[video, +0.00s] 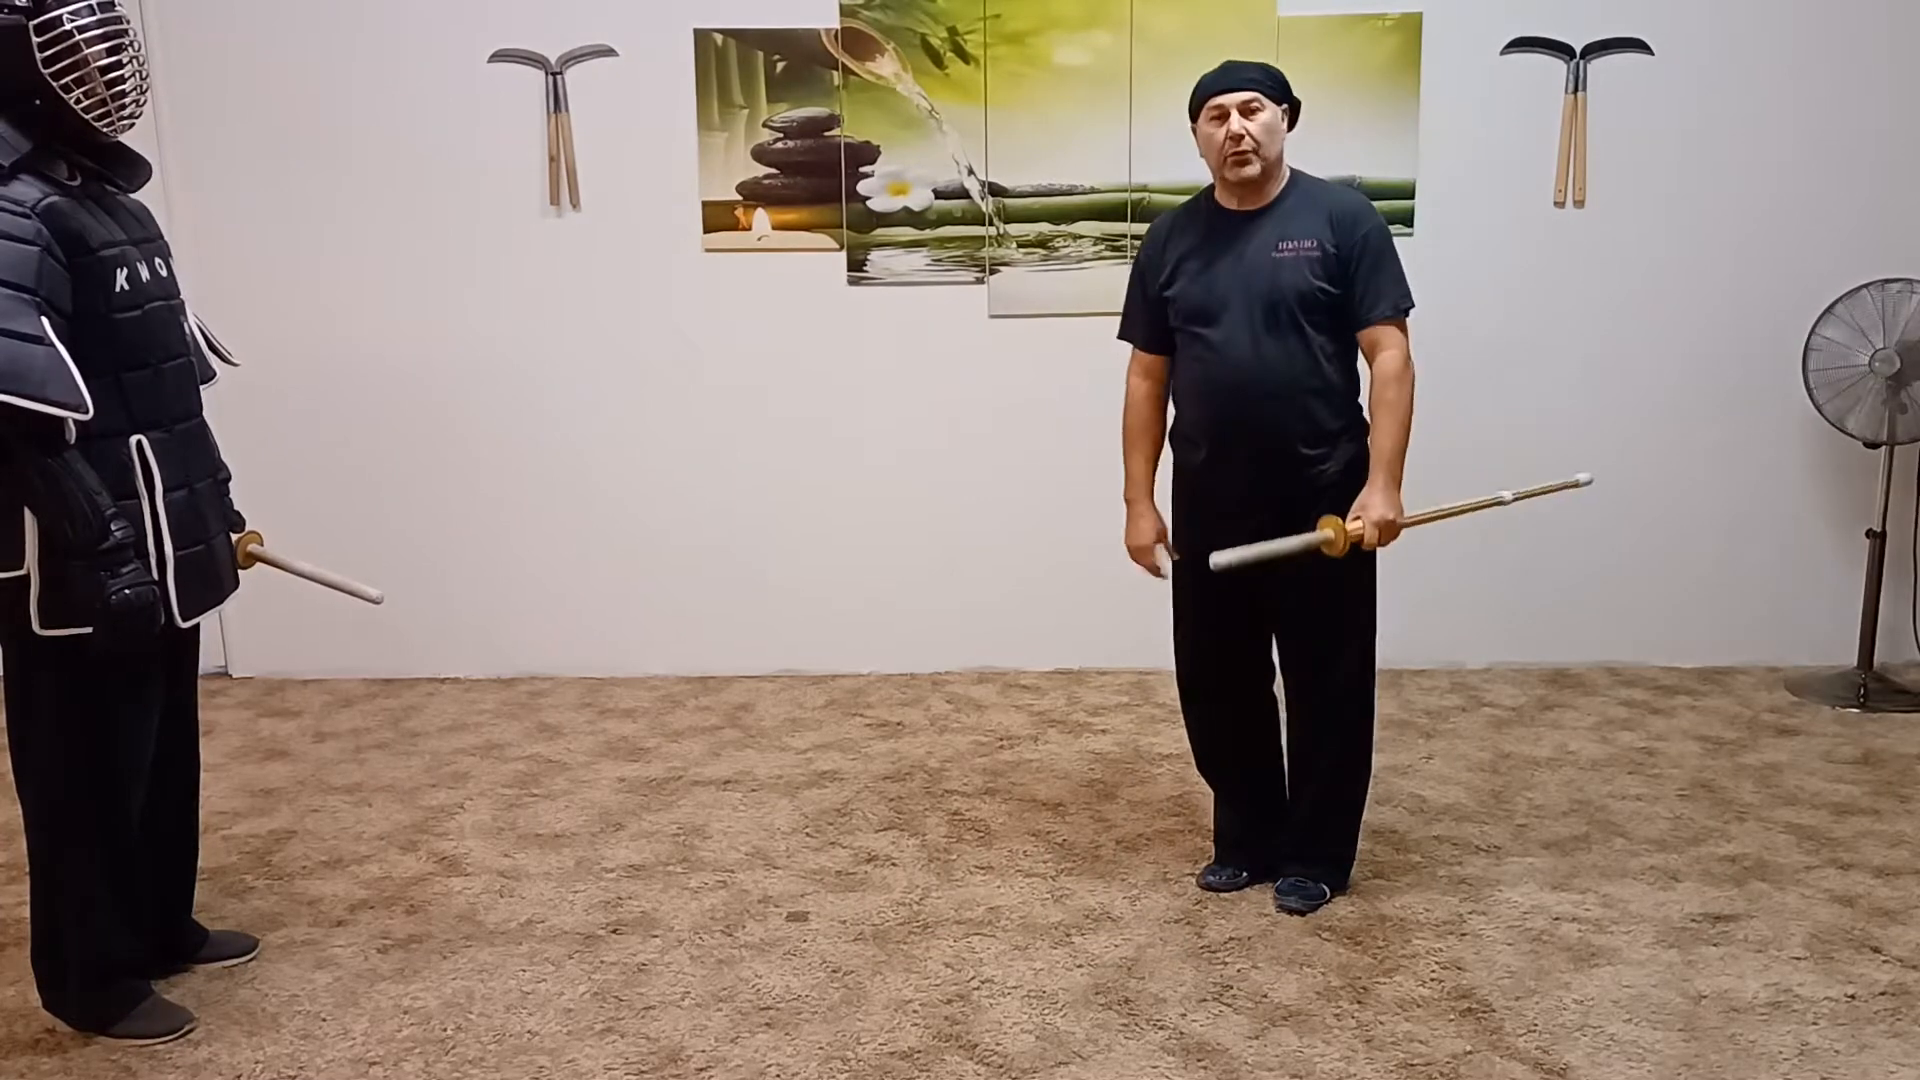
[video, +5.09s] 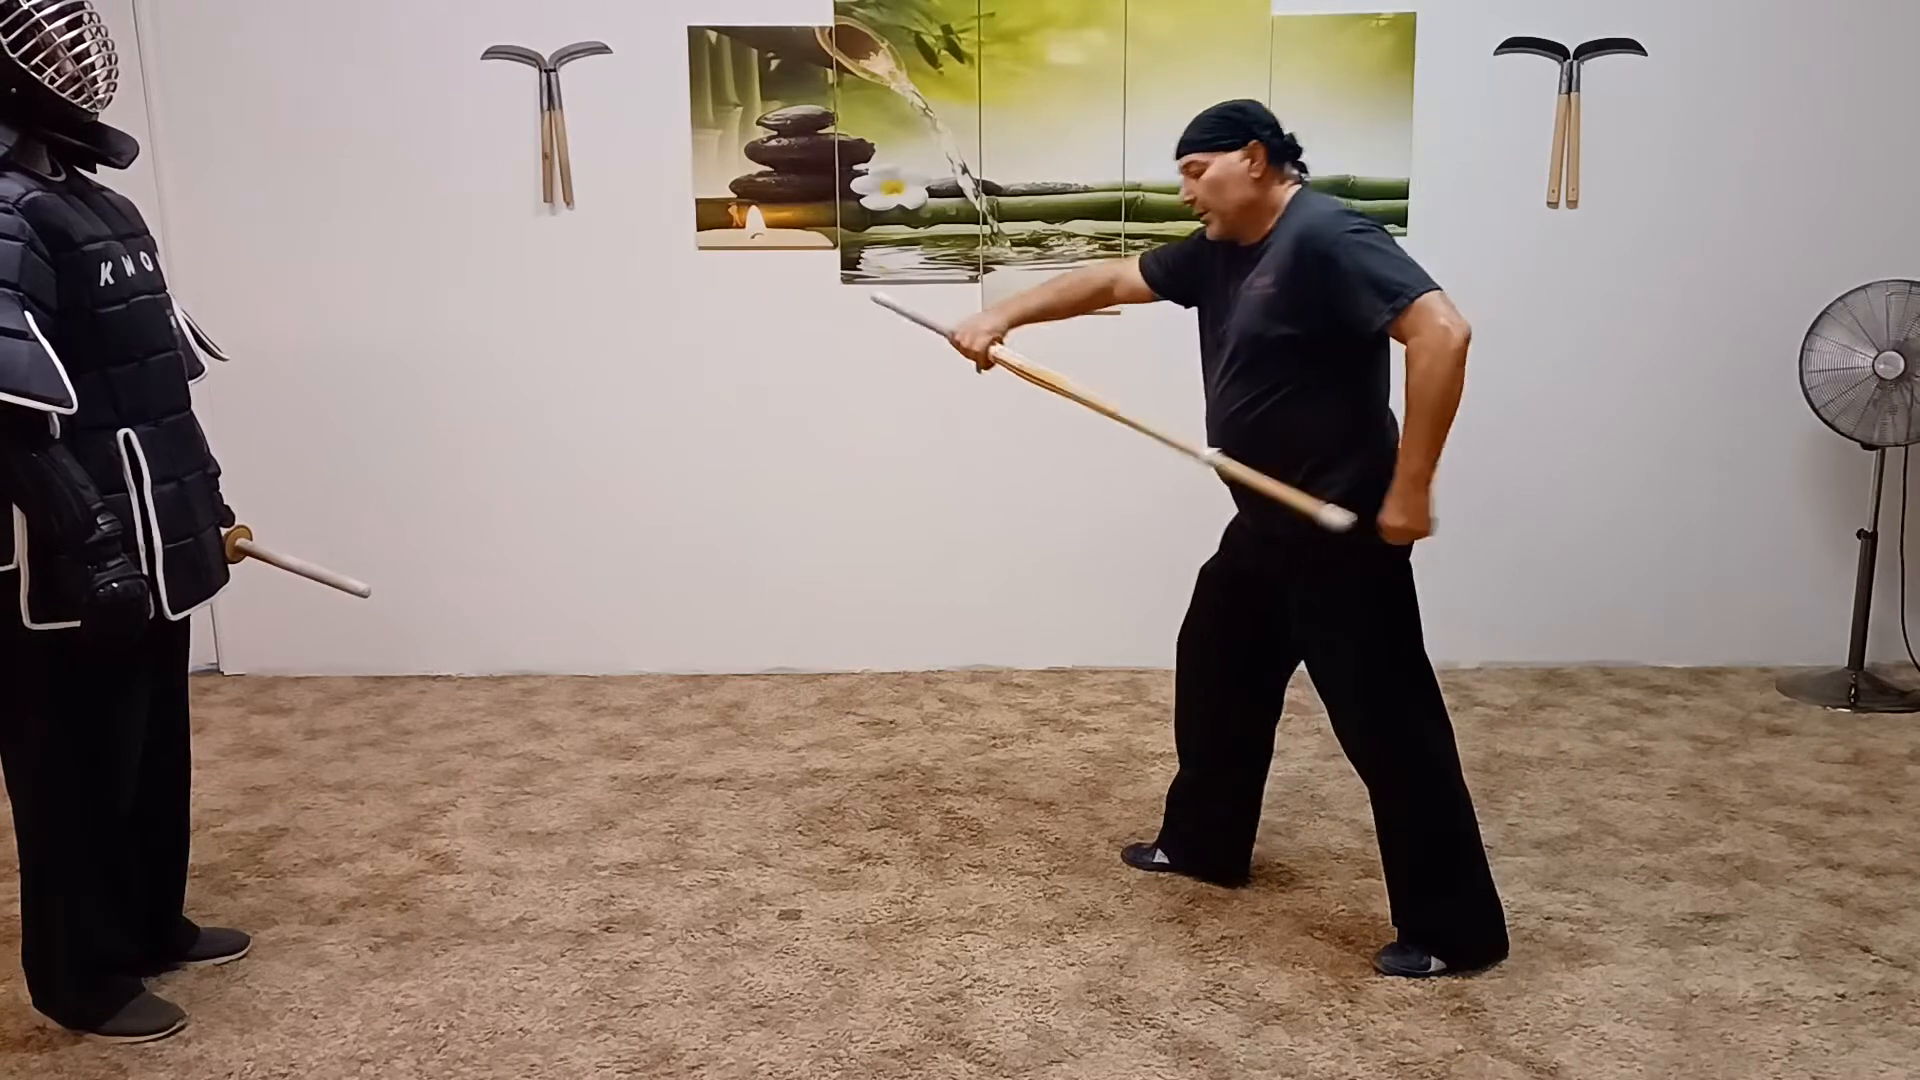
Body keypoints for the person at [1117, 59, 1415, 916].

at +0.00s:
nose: (1235, 125)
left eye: (1252, 111)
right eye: (1218, 116)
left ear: (1287, 124)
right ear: (1198, 139)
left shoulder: (1342, 215)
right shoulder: (1169, 239)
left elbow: (1389, 356)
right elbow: (1147, 377)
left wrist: (1384, 482)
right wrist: (1139, 499)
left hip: (1324, 496)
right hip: (1213, 500)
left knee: (1328, 685)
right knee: (1218, 684)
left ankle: (1319, 858)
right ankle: (1244, 844)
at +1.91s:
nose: (1184, 173)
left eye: (1198, 151)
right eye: (1171, 160)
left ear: (1250, 135)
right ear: (1162, 162)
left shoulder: (1328, 221)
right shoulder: (1159, 244)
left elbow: (1382, 359)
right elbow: (1130, 371)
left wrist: (1367, 494)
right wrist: (1096, 491)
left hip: (1314, 502)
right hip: (1204, 504)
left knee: (1321, 689)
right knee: (1211, 683)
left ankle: (1313, 860)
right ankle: (1242, 845)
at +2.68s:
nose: (1192, 176)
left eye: (1202, 153)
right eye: (1185, 161)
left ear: (1258, 137)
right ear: (1227, 153)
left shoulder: (1349, 220)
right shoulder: (1227, 243)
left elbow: (1411, 368)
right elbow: (1206, 367)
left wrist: (1358, 503)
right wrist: (1149, 484)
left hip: (1355, 509)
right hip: (1255, 509)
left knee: (1407, 710)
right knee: (1240, 685)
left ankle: (1443, 918)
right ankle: (1257, 842)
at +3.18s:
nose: (1304, 171)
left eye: (1316, 150)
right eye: (1301, 153)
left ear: (1376, 140)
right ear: (1360, 148)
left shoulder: (1458, 236)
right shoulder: (1343, 231)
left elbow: (1497, 401)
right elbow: (1273, 335)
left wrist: (1374, 499)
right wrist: (1232, 428)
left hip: (1453, 516)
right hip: (1355, 512)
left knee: (1459, 727)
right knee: (1360, 708)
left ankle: (1459, 933)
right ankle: (1373, 885)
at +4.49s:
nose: (1322, 164)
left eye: (1335, 145)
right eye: (1323, 147)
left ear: (1392, 143)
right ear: (1383, 147)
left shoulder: (1461, 240)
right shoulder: (1368, 241)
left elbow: (1525, 390)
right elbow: (1271, 336)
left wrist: (1390, 473)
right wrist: (1190, 414)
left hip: (1423, 528)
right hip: (1353, 517)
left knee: (1415, 726)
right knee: (1306, 683)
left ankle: (1453, 932)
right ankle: (1241, 828)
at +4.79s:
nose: (1248, 162)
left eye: (1263, 143)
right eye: (1249, 147)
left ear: (1322, 146)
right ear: (1298, 154)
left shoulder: (1390, 233)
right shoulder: (1283, 245)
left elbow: (1482, 352)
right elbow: (1170, 304)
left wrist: (1384, 476)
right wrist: (1064, 352)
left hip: (1372, 525)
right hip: (1300, 517)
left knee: (1392, 732)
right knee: (1261, 690)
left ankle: (1453, 931)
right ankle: (1216, 845)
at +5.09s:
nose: (1187, 188)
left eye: (1198, 168)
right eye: (1183, 174)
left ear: (1254, 159)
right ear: (1230, 170)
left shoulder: (1327, 232)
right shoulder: (1212, 257)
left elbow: (1438, 334)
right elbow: (1107, 283)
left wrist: (1413, 484)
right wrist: (998, 315)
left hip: (1346, 531)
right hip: (1262, 527)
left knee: (1393, 731)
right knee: (1216, 667)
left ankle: (1457, 929)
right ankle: (1204, 845)